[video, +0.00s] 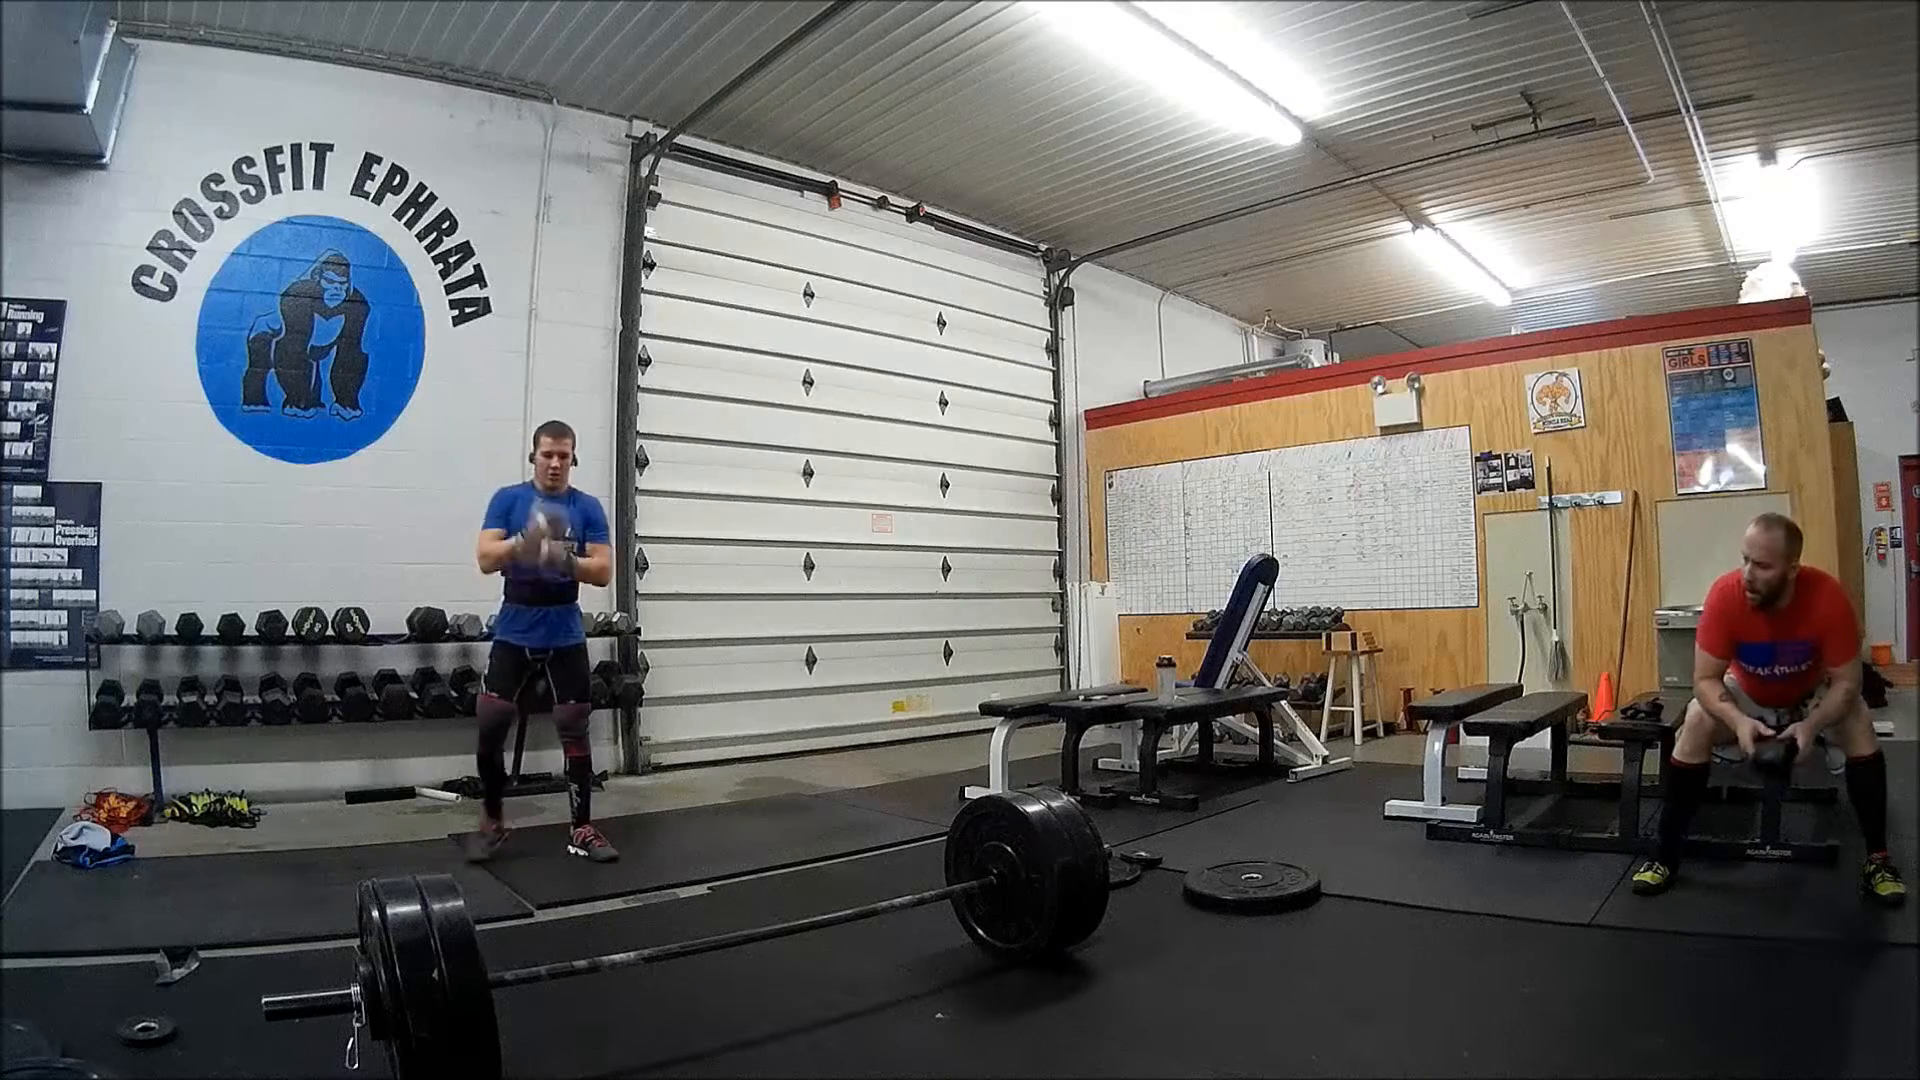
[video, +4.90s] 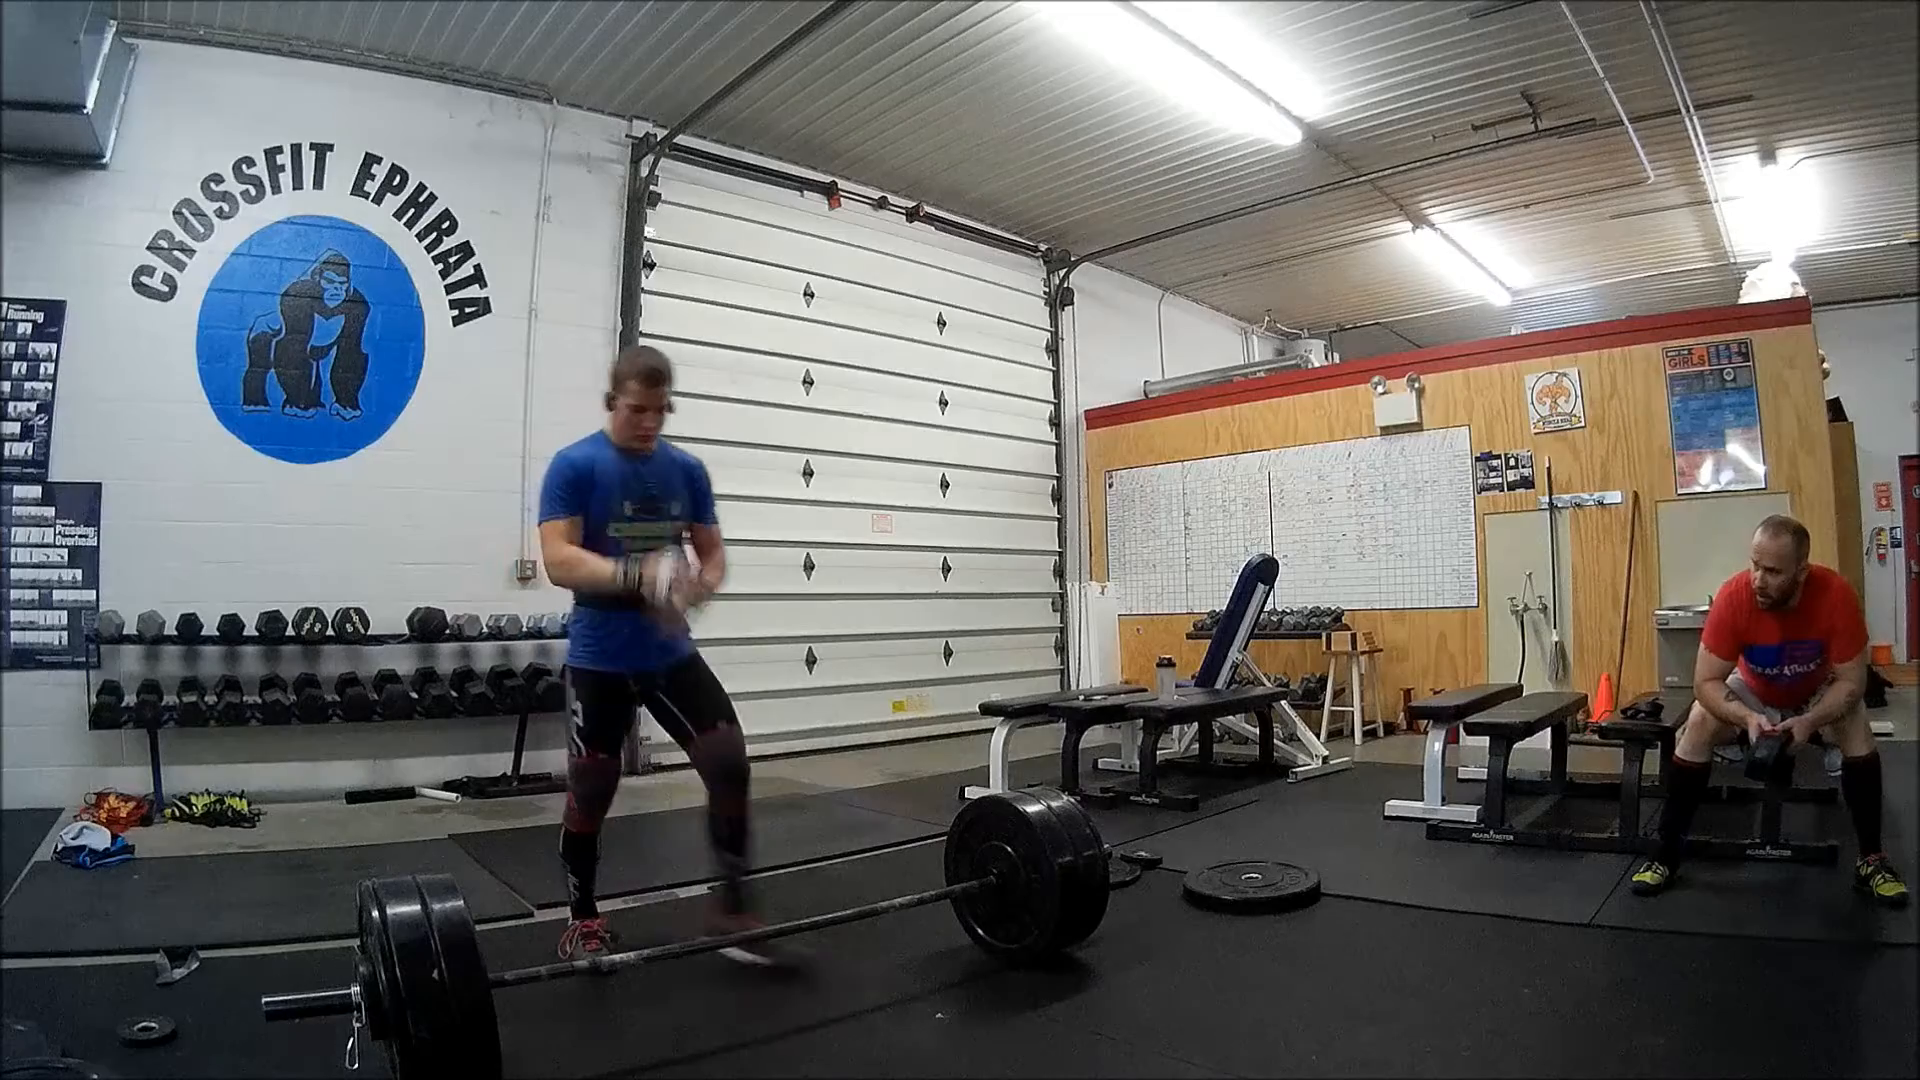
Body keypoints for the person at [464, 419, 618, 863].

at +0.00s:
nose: (555, 464)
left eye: (563, 457)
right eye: (548, 456)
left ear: (574, 460)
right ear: (534, 458)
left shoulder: (588, 508)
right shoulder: (508, 499)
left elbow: (602, 573)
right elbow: (486, 559)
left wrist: (563, 558)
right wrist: (523, 544)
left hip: (566, 636)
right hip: (514, 634)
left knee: (574, 729)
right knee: (490, 725)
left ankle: (582, 828)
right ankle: (492, 823)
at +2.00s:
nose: (499, 460)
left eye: (507, 452)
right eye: (491, 451)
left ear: (518, 453)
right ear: (476, 451)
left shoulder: (534, 503)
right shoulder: (451, 501)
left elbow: (552, 567)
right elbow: (433, 563)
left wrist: (524, 585)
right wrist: (474, 572)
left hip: (524, 641)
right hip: (471, 643)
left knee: (541, 728)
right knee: (465, 734)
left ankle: (560, 827)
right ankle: (464, 836)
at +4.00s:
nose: (538, 464)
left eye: (546, 456)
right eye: (530, 454)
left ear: (554, 457)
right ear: (510, 453)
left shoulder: (564, 507)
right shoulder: (481, 499)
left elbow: (594, 572)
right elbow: (463, 565)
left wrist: (554, 609)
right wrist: (529, 596)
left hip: (548, 648)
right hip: (492, 650)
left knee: (574, 740)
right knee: (479, 742)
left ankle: (597, 854)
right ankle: (467, 838)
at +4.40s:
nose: (598, 441)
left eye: (606, 431)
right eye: (588, 431)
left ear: (616, 429)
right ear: (567, 429)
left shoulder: (629, 491)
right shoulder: (534, 483)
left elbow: (655, 565)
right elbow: (510, 557)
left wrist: (622, 584)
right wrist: (575, 570)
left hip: (607, 649)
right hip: (550, 649)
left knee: (603, 757)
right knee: (547, 758)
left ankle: (600, 860)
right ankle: (550, 878)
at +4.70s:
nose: (608, 431)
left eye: (618, 420)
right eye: (596, 420)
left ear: (629, 417)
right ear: (572, 416)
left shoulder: (652, 477)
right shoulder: (543, 480)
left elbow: (671, 566)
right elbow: (541, 566)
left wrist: (621, 563)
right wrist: (589, 536)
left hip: (636, 647)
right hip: (575, 651)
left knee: (669, 768)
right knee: (577, 779)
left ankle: (612, 842)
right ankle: (581, 916)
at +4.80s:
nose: (624, 423)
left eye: (634, 411)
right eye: (613, 411)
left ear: (643, 408)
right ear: (587, 406)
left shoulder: (665, 469)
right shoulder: (555, 470)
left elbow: (689, 561)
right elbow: (555, 560)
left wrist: (644, 567)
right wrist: (625, 540)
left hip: (652, 646)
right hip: (585, 654)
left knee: (705, 759)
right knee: (582, 786)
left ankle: (648, 864)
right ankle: (580, 917)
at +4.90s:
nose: (648, 422)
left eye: (658, 410)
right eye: (635, 409)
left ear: (669, 408)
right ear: (610, 404)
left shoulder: (687, 473)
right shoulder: (573, 469)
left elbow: (712, 557)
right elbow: (559, 562)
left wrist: (699, 583)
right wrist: (634, 575)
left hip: (668, 653)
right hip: (598, 658)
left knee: (727, 760)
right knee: (593, 788)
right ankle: (583, 919)